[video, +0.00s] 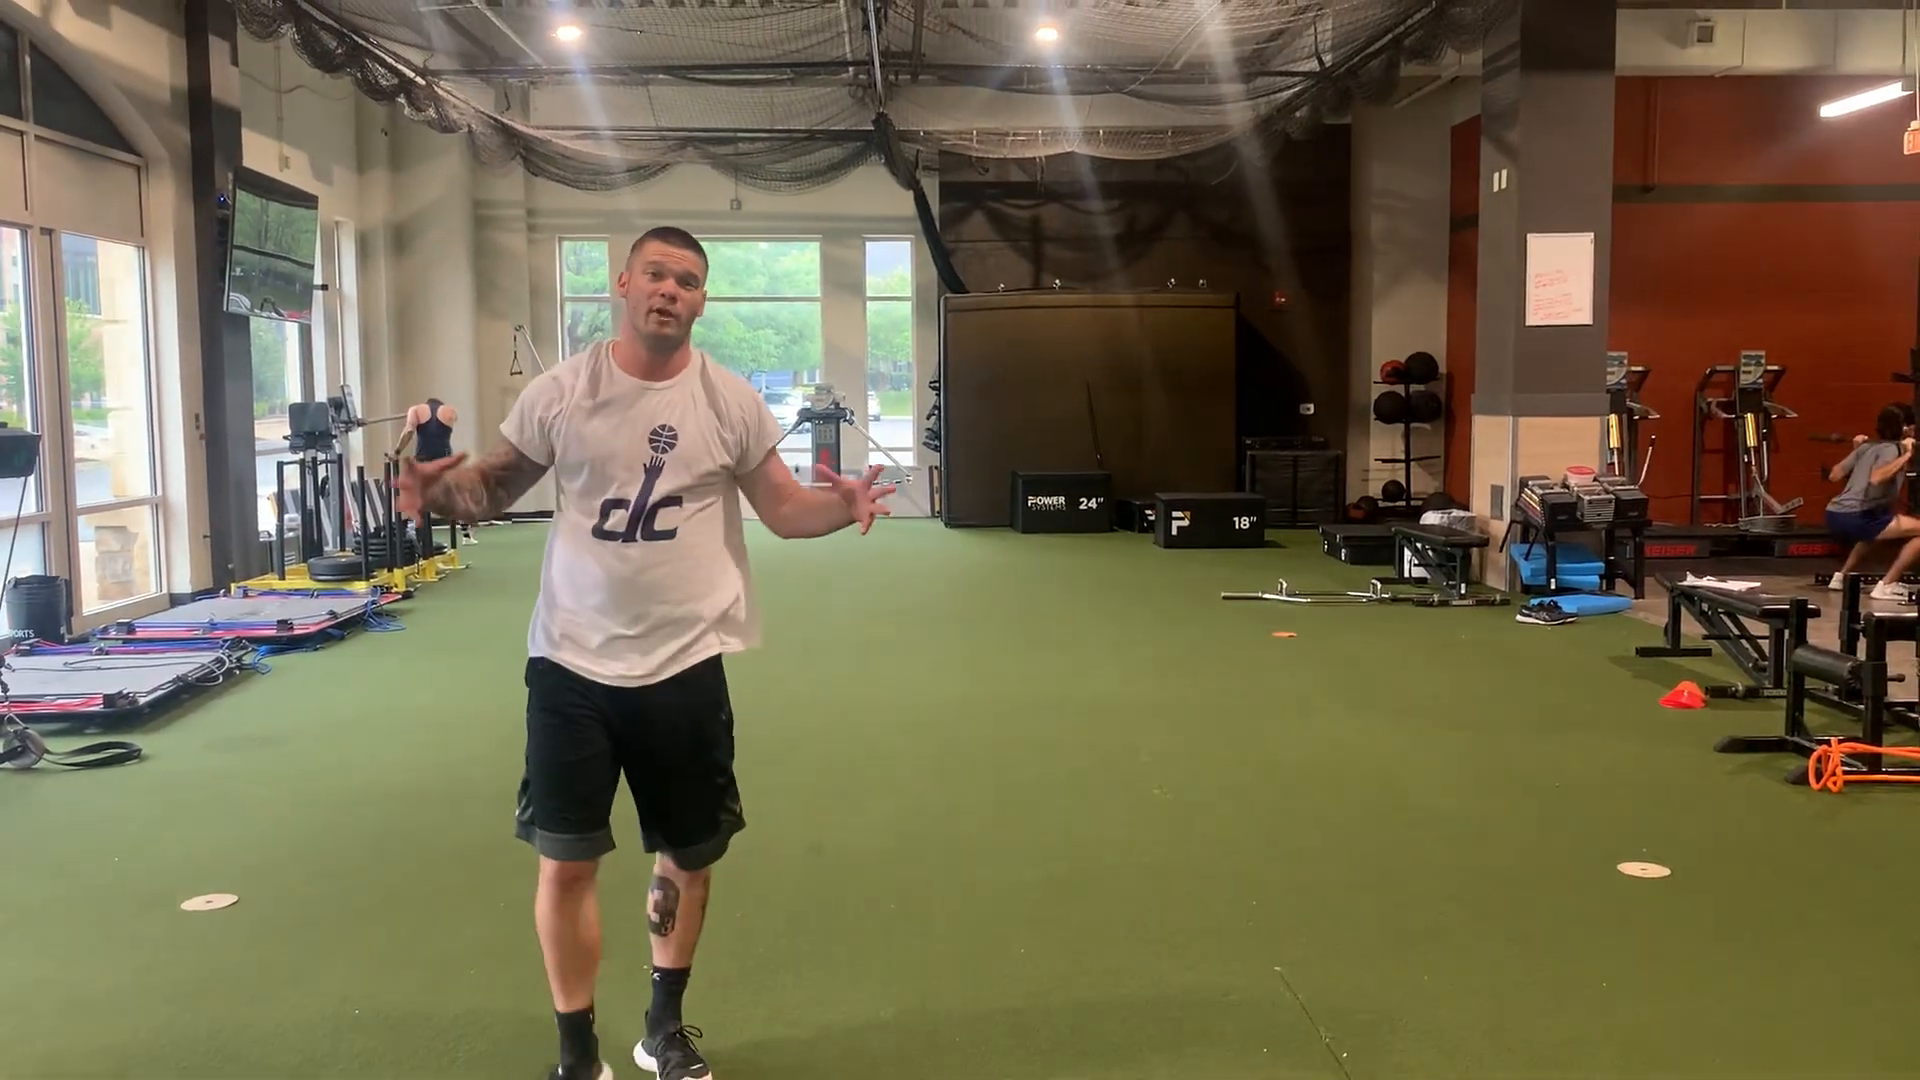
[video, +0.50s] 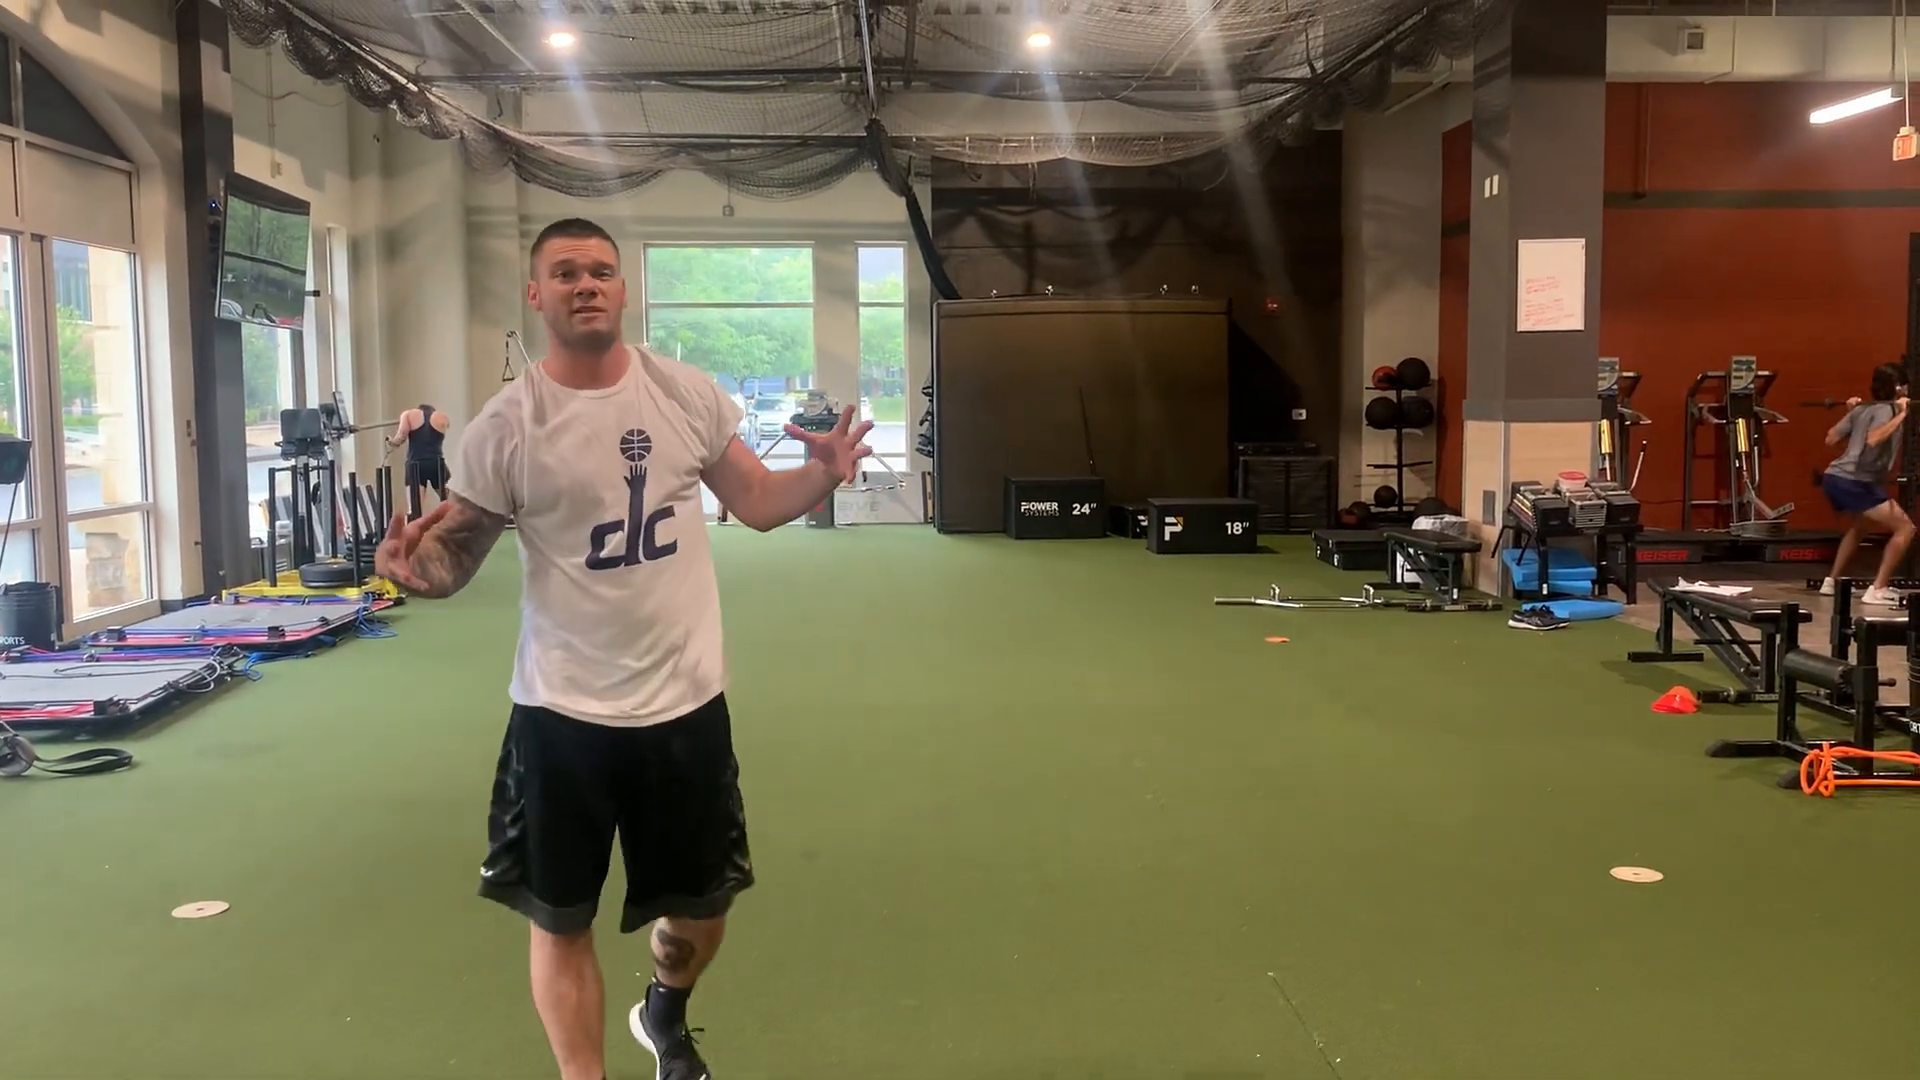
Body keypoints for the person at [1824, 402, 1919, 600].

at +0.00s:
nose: (1914, 429)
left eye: (1913, 425)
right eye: (1912, 425)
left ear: (1882, 426)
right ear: (1903, 428)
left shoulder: (1866, 448)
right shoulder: (1892, 449)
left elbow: (1834, 475)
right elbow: (1876, 478)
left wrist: (1856, 450)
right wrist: (1906, 455)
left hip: (1834, 515)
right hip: (1858, 519)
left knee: (1876, 530)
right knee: (1917, 529)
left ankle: (1841, 576)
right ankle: (1887, 584)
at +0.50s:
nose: (1907, 391)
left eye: (1906, 386)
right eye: (1904, 386)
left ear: (1877, 387)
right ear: (1896, 388)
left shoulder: (1861, 410)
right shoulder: (1887, 410)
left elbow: (1831, 438)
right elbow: (1873, 439)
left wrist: (1850, 411)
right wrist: (1902, 415)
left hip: (1834, 479)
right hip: (1855, 484)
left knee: (1858, 526)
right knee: (1906, 528)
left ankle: (1832, 581)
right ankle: (1878, 589)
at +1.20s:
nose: (1896, 422)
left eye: (1896, 418)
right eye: (1895, 417)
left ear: (1866, 419)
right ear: (1887, 421)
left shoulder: (1852, 441)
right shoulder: (1877, 442)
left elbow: (1822, 469)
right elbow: (1863, 472)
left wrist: (1841, 443)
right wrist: (1892, 448)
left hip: (1824, 508)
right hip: (1847, 512)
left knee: (1856, 542)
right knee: (1910, 540)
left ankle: (1826, 585)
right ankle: (1872, 593)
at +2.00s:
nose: (1885, 395)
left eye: (1885, 390)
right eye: (1882, 390)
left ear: (1855, 392)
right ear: (1872, 393)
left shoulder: (1840, 416)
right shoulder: (1865, 415)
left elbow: (1812, 443)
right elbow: (1854, 444)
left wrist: (1829, 417)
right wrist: (1881, 419)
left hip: (1819, 486)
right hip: (1840, 491)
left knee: (1837, 540)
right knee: (1881, 541)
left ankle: (1814, 597)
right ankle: (1861, 605)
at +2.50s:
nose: (1881, 429)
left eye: (1881, 425)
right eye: (1879, 424)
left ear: (1850, 425)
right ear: (1871, 427)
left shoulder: (1837, 448)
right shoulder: (1862, 448)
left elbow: (1807, 475)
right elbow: (1849, 476)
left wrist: (1825, 450)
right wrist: (1877, 453)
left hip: (1811, 515)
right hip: (1836, 520)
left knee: (1842, 555)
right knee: (1892, 557)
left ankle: (1814, 604)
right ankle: (1860, 613)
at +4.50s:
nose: (1888, 446)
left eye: (1888, 442)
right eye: (1886, 441)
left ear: (1857, 443)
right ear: (1877, 445)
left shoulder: (1843, 465)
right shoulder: (1867, 466)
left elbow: (1812, 491)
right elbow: (1852, 495)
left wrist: (1832, 466)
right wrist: (1881, 473)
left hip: (1815, 531)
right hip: (1837, 535)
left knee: (1848, 567)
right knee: (1899, 568)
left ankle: (1818, 615)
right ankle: (1864, 623)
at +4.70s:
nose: (1887, 416)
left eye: (1887, 411)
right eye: (1884, 412)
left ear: (1857, 414)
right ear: (1875, 415)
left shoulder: (1843, 437)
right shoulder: (1867, 437)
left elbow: (1813, 464)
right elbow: (1853, 465)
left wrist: (1832, 437)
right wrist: (1881, 443)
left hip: (1820, 507)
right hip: (1841, 512)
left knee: (1841, 559)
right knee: (1886, 560)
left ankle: (1818, 615)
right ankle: (1864, 623)